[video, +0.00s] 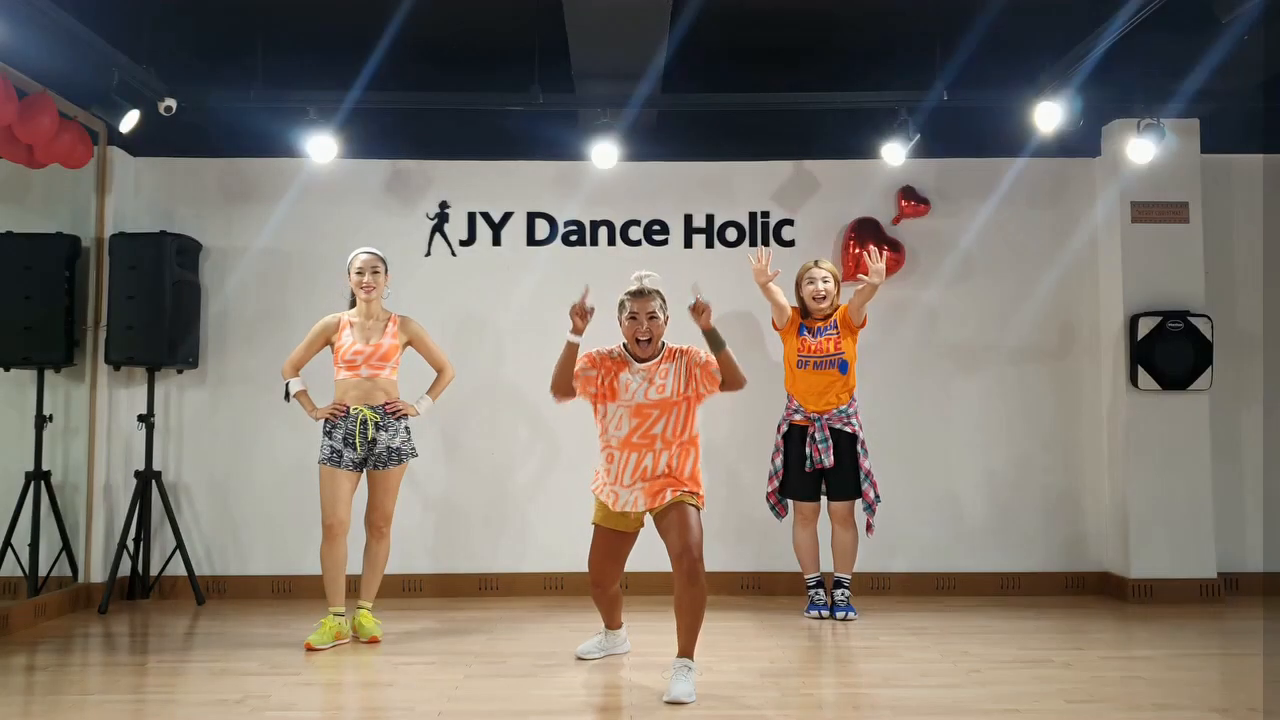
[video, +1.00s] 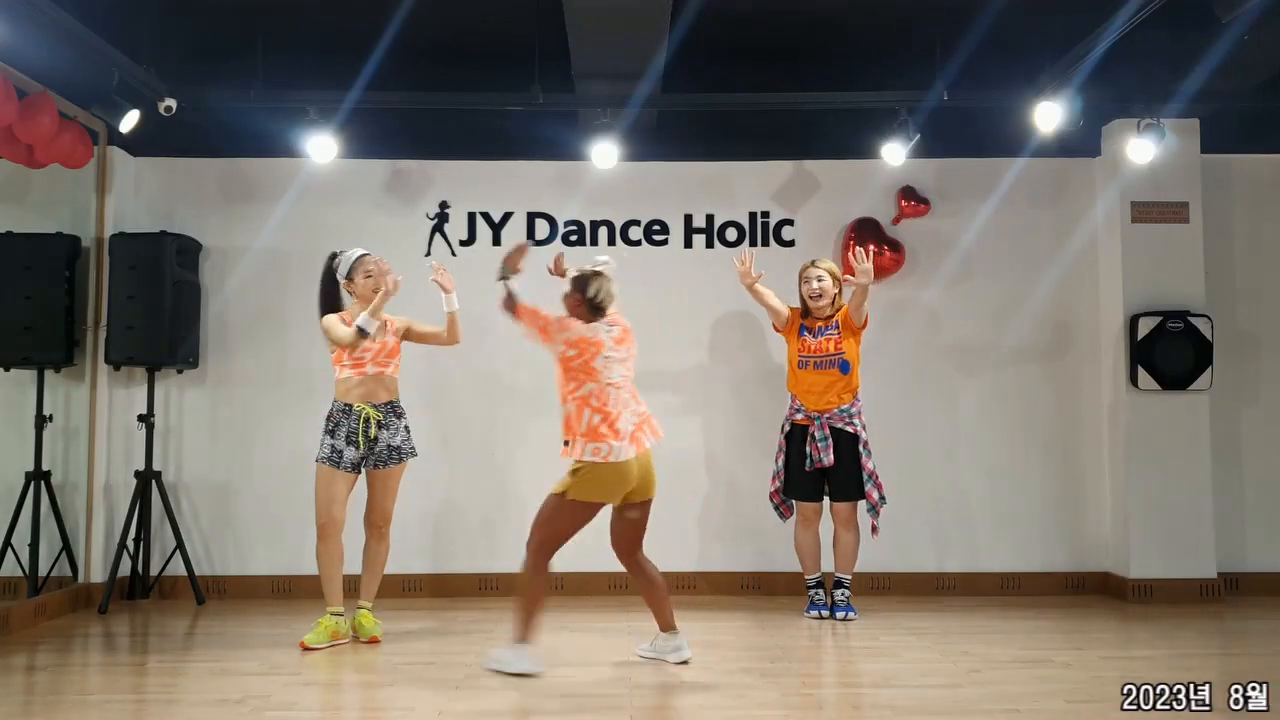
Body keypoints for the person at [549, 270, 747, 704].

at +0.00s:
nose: (643, 327)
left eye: (652, 318)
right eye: (634, 318)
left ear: (665, 322)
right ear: (621, 322)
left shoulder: (685, 359)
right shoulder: (603, 363)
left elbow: (735, 381)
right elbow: (561, 391)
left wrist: (709, 329)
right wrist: (576, 335)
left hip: (673, 478)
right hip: (618, 481)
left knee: (689, 556)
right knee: (601, 576)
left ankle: (685, 664)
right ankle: (614, 635)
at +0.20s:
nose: (645, 324)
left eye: (654, 315)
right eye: (635, 315)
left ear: (667, 320)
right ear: (623, 319)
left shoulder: (679, 356)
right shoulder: (613, 358)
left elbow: (703, 351)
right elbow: (595, 357)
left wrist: (724, 343)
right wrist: (579, 346)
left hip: (673, 481)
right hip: (619, 482)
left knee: (690, 559)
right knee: (602, 578)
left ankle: (684, 664)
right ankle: (614, 636)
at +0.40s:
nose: (626, 314)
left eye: (637, 307)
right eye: (623, 306)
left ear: (661, 315)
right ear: (618, 311)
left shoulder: (687, 357)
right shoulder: (609, 361)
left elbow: (730, 394)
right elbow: (569, 399)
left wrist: (706, 382)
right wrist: (588, 371)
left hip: (673, 477)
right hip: (621, 478)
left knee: (687, 557)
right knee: (600, 567)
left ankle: (686, 664)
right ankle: (612, 634)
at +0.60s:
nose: (606, 305)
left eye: (610, 298)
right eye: (608, 298)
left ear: (625, 301)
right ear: (635, 302)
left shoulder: (650, 352)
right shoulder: (636, 347)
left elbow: (644, 425)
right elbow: (627, 411)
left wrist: (596, 436)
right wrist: (596, 428)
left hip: (661, 481)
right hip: (635, 479)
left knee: (648, 567)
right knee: (604, 547)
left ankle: (707, 666)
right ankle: (646, 630)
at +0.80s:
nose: (600, 297)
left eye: (605, 292)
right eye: (602, 290)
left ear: (618, 298)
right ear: (638, 298)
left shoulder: (601, 332)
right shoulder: (658, 331)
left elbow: (540, 317)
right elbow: (637, 305)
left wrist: (539, 297)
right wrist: (580, 302)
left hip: (621, 467)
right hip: (656, 464)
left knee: (600, 560)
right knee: (635, 550)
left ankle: (658, 629)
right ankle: (673, 634)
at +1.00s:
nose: (566, 299)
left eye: (571, 295)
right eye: (568, 293)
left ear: (581, 302)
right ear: (604, 302)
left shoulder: (568, 334)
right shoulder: (622, 332)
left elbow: (512, 306)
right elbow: (601, 299)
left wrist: (507, 272)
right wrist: (569, 275)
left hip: (599, 467)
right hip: (640, 464)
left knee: (539, 548)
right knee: (630, 552)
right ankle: (672, 637)